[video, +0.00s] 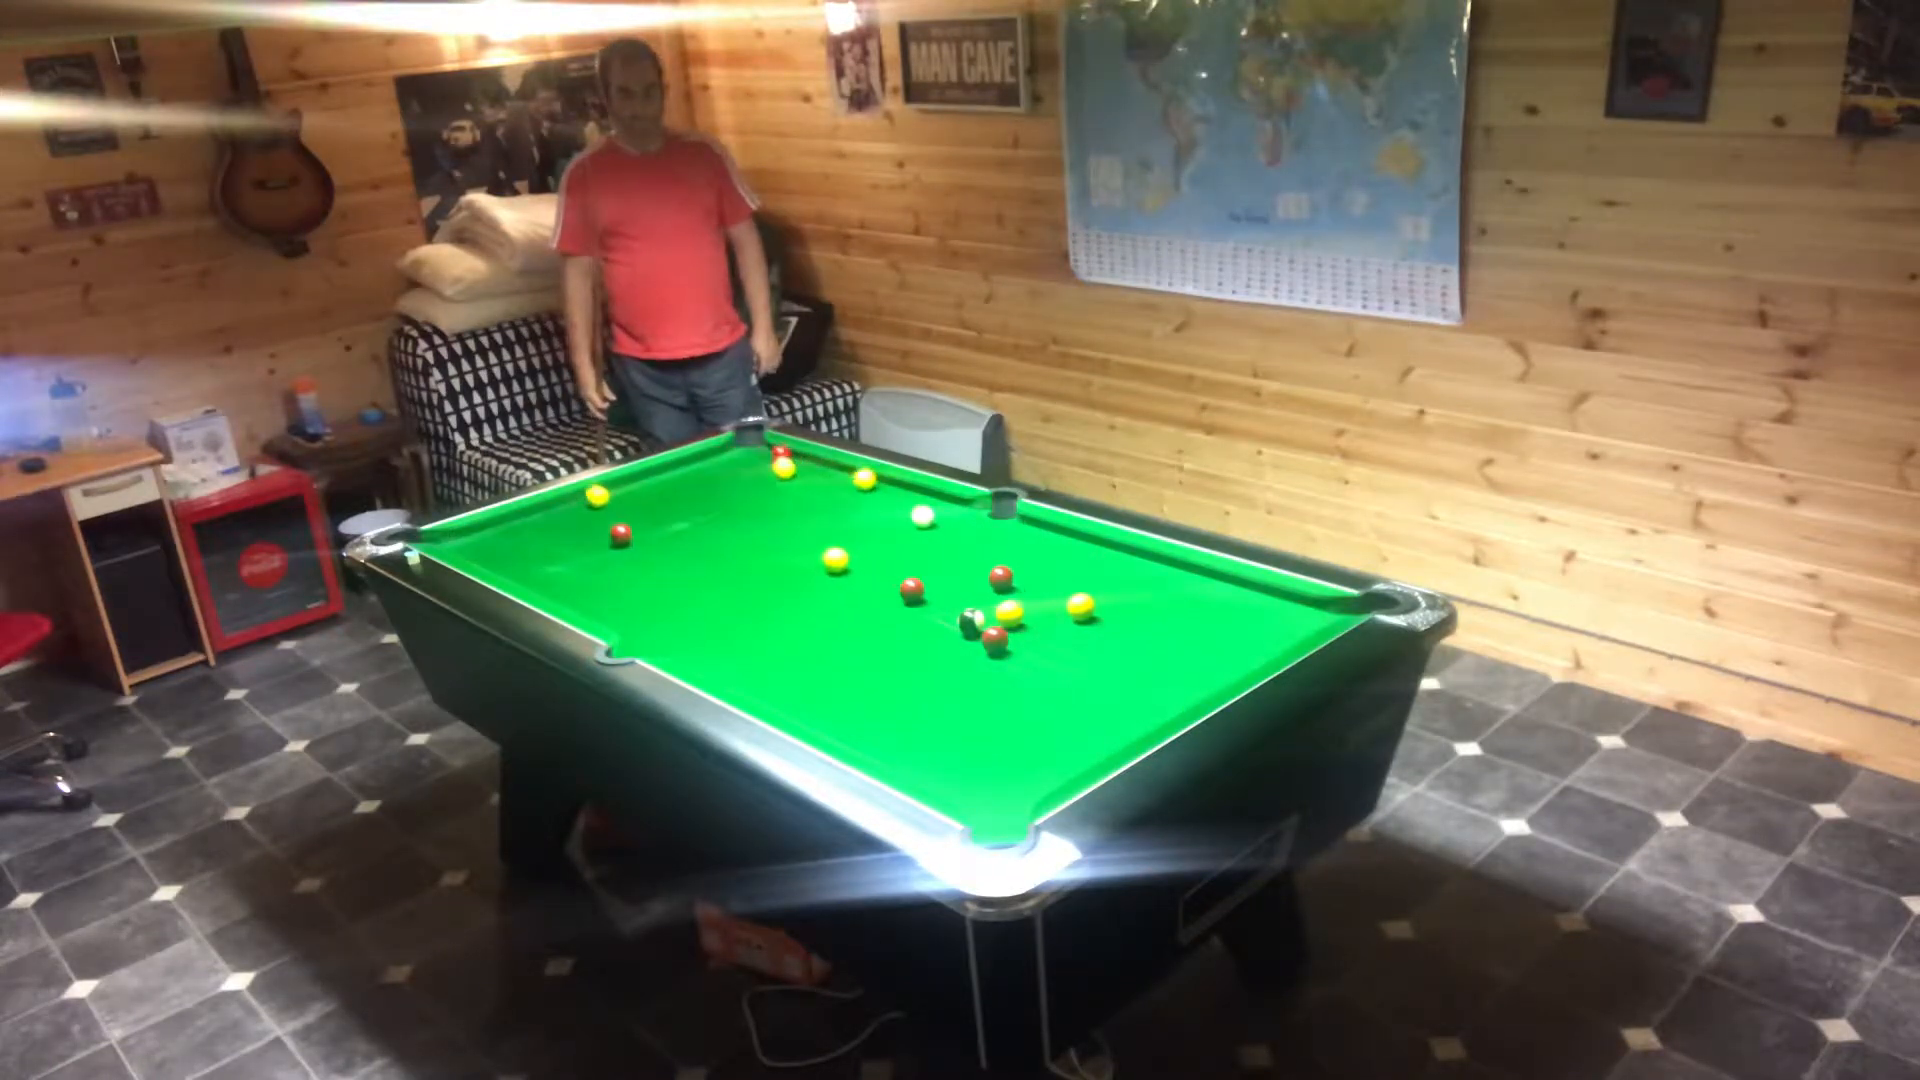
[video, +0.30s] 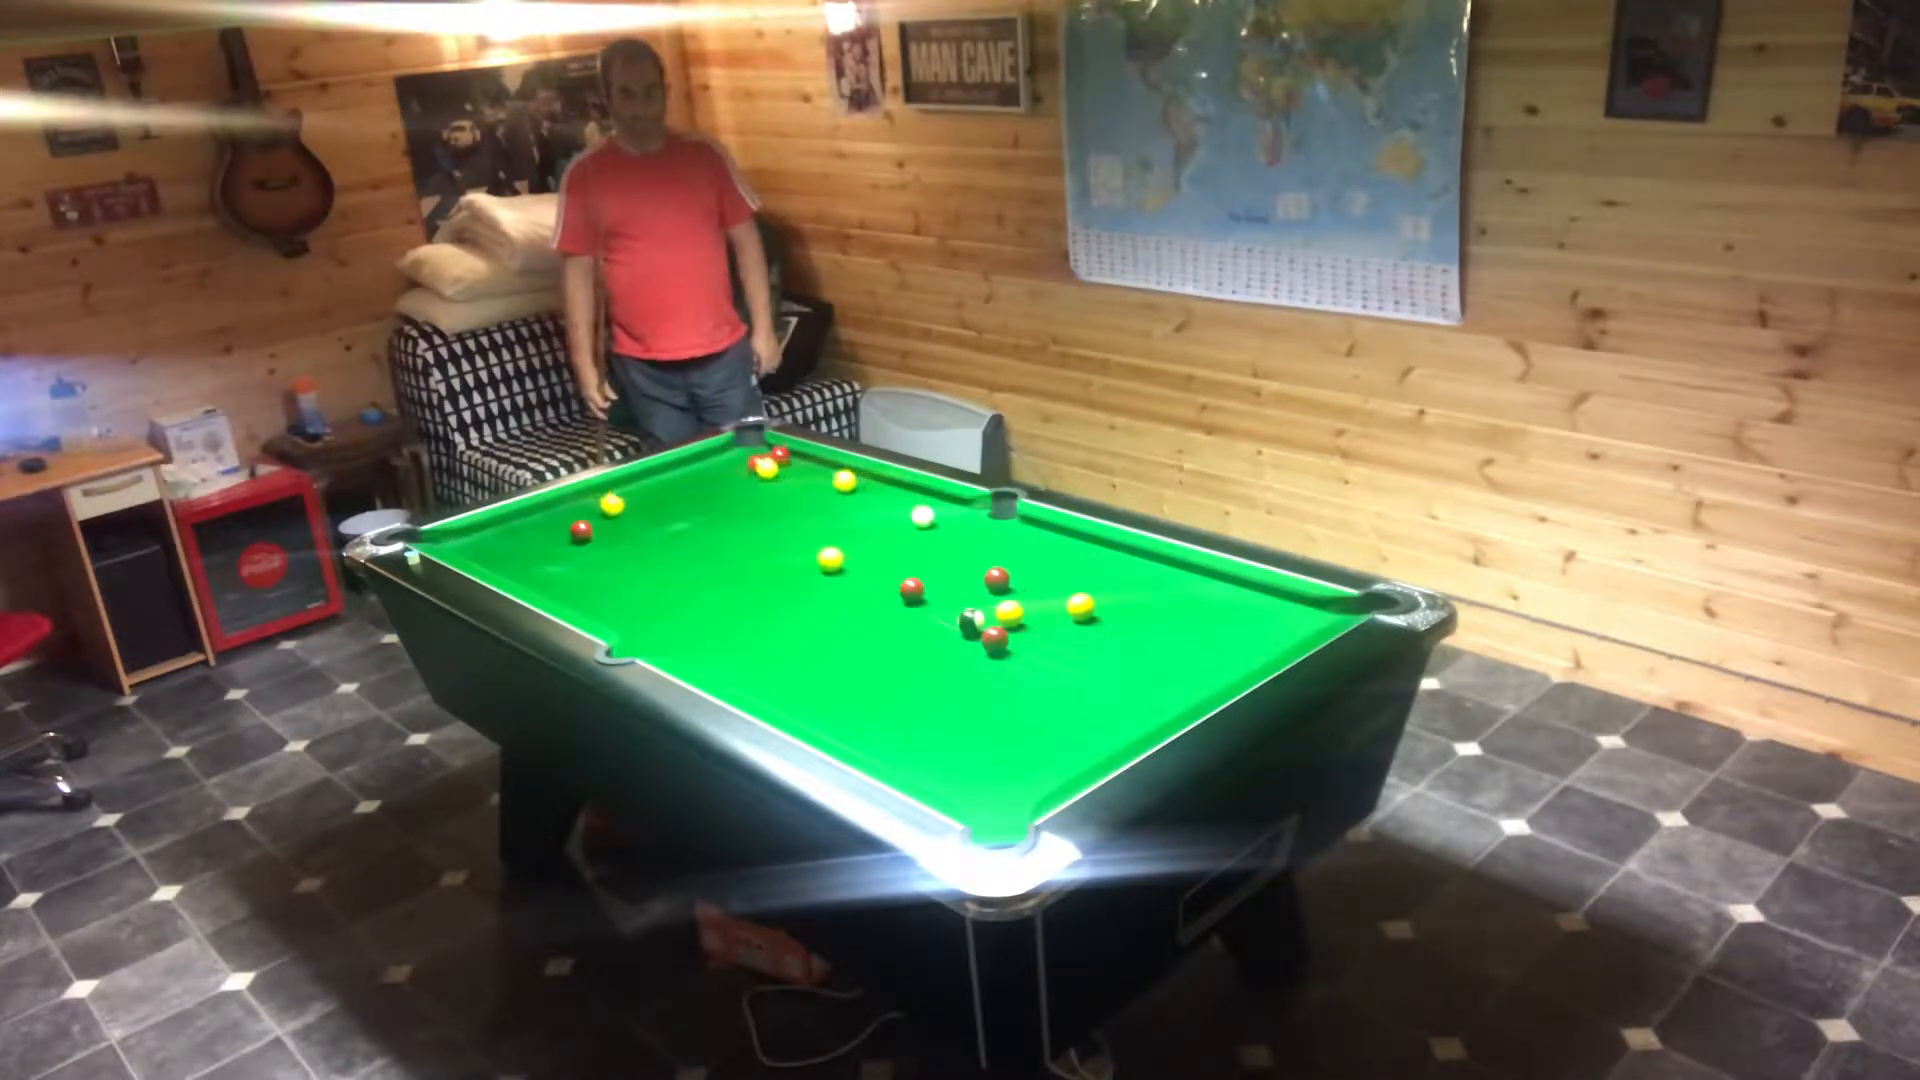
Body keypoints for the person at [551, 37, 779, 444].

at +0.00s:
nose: (640, 105)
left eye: (650, 91)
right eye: (626, 93)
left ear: (664, 91)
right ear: (604, 97)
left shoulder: (705, 157)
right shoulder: (586, 175)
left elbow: (745, 239)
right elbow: (578, 271)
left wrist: (763, 327)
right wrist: (584, 364)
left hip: (722, 358)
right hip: (645, 368)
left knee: (747, 483)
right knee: (677, 493)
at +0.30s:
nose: (641, 105)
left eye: (651, 91)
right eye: (627, 93)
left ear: (665, 92)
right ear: (606, 98)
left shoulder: (705, 157)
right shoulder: (586, 175)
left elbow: (746, 239)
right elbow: (578, 271)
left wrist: (763, 327)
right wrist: (585, 363)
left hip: (723, 358)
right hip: (645, 368)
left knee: (749, 483)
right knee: (676, 493)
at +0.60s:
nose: (644, 105)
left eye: (654, 93)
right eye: (630, 94)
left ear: (668, 93)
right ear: (609, 99)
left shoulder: (708, 157)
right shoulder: (588, 176)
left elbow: (746, 240)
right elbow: (579, 273)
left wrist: (764, 329)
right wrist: (584, 364)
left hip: (723, 359)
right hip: (646, 369)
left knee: (748, 483)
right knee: (677, 498)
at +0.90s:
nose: (645, 106)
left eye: (654, 93)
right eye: (631, 95)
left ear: (668, 93)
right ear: (610, 99)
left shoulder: (708, 158)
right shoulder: (587, 175)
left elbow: (746, 243)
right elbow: (579, 273)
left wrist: (762, 330)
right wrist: (584, 365)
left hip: (722, 361)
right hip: (645, 370)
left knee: (749, 483)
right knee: (677, 499)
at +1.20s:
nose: (643, 107)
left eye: (653, 94)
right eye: (629, 95)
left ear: (666, 94)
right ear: (608, 99)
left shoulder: (707, 158)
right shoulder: (586, 176)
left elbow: (745, 243)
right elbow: (577, 273)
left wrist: (762, 330)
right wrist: (583, 365)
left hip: (722, 361)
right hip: (645, 371)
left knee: (750, 484)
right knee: (678, 499)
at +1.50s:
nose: (635, 109)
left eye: (646, 95)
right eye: (621, 97)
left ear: (660, 96)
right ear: (601, 101)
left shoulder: (703, 159)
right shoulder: (581, 178)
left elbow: (744, 243)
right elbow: (575, 276)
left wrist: (761, 331)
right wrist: (582, 367)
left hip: (719, 362)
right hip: (642, 372)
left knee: (746, 484)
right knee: (677, 494)